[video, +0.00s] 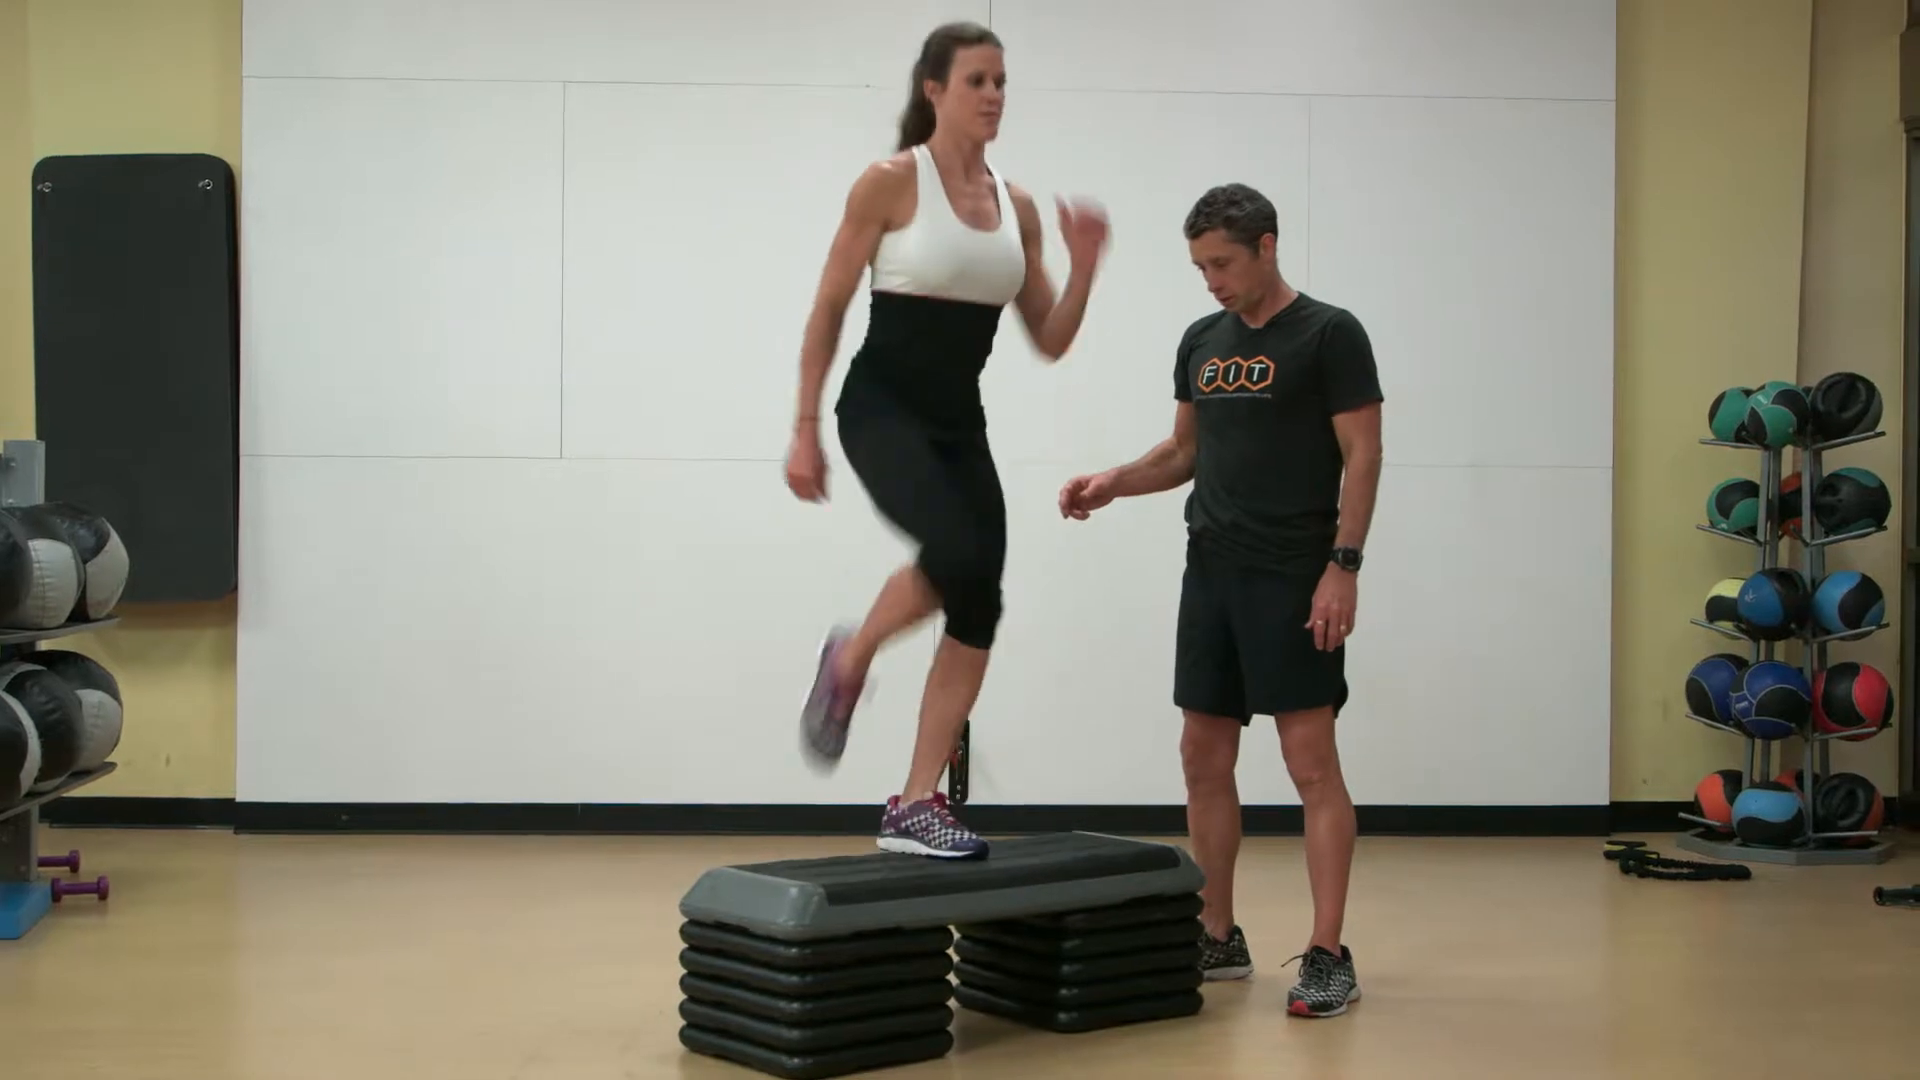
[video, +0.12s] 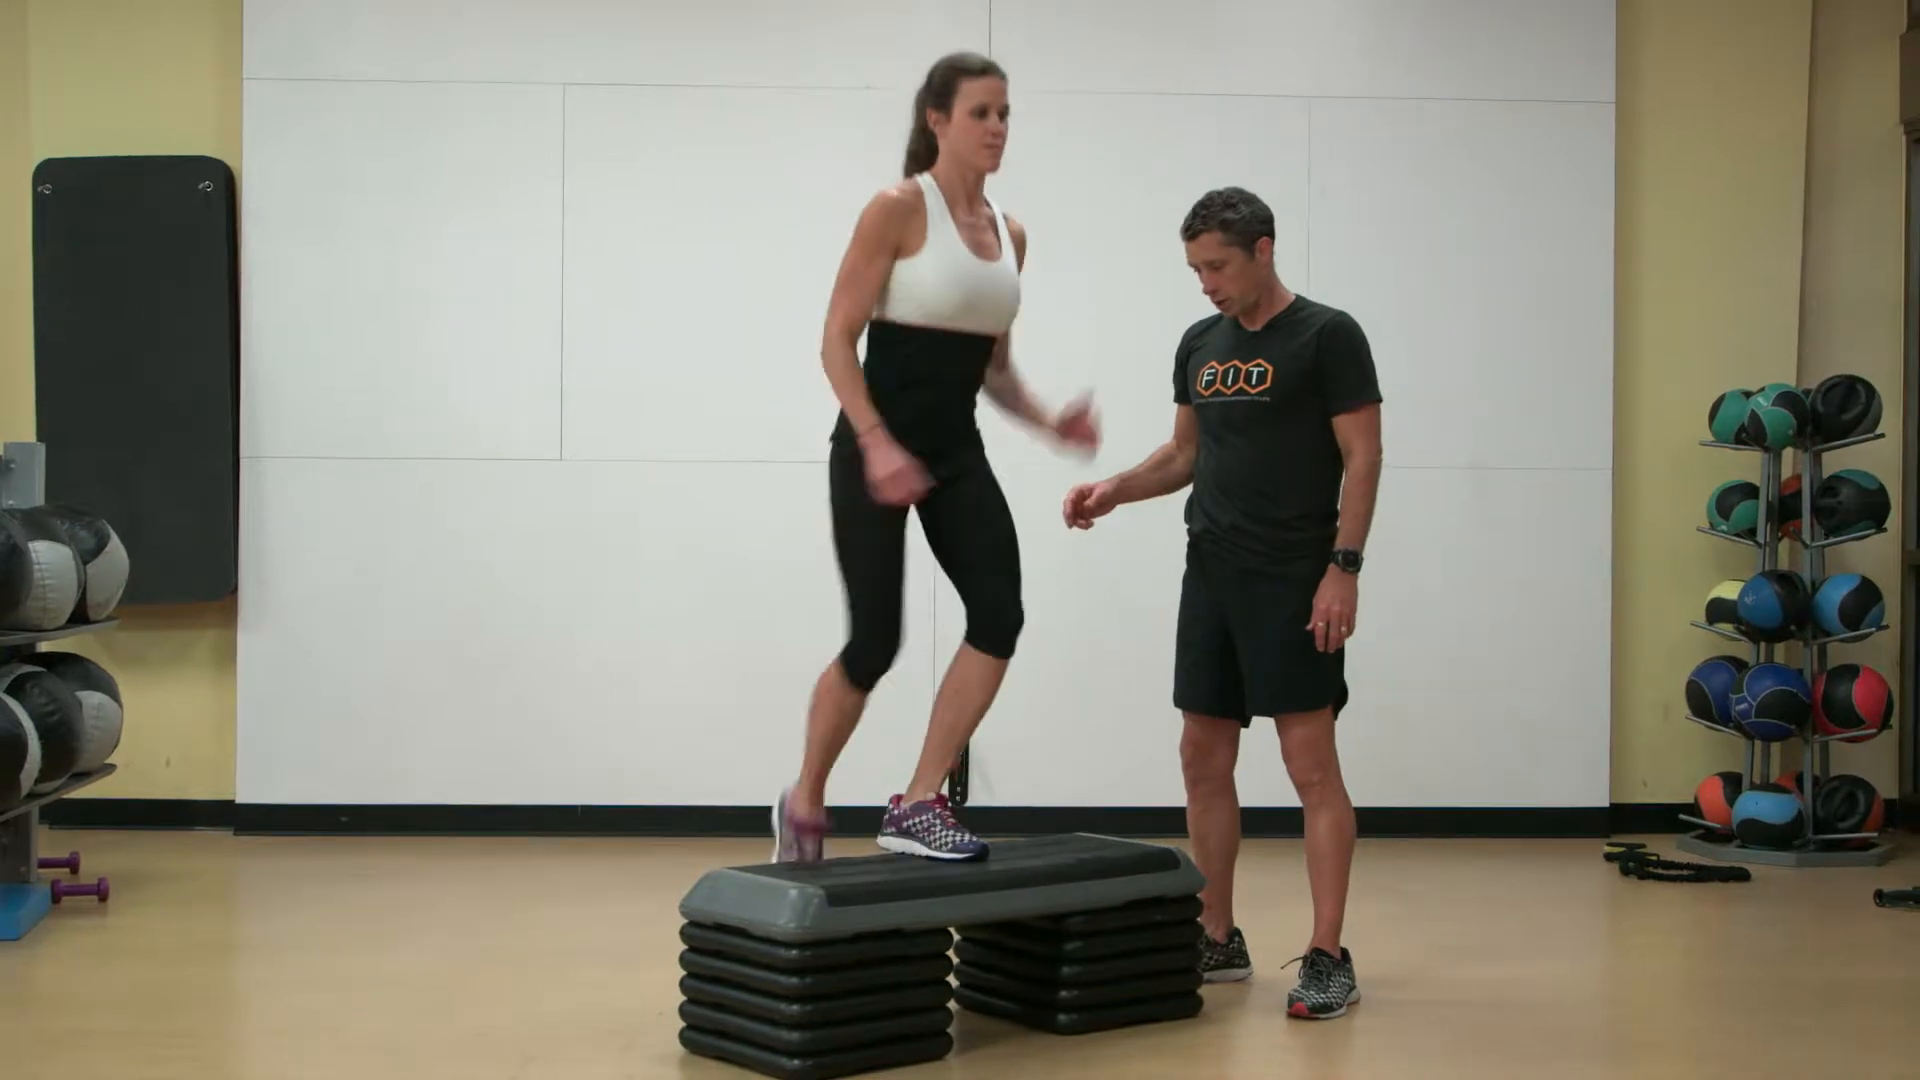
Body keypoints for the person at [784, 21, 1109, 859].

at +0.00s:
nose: (996, 97)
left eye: (1000, 83)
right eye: (980, 82)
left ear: (1002, 95)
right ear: (934, 89)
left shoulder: (1015, 205)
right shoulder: (889, 184)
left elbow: (1050, 338)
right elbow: (830, 307)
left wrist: (1083, 266)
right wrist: (804, 427)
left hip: (959, 414)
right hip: (881, 405)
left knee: (979, 601)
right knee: (959, 550)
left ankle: (918, 803)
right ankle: (850, 659)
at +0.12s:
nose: (999, 129)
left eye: (1004, 114)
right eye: (983, 114)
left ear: (1005, 125)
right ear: (937, 122)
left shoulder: (1008, 234)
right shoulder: (895, 212)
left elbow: (991, 366)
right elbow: (835, 342)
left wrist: (1049, 422)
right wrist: (876, 441)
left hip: (954, 443)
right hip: (876, 439)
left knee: (998, 619)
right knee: (873, 643)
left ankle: (920, 803)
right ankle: (804, 804)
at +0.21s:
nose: (996, 163)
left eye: (1002, 150)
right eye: (980, 149)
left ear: (1004, 161)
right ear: (934, 156)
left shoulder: (1002, 266)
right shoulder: (889, 247)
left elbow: (973, 394)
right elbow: (838, 377)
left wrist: (1009, 489)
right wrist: (918, 420)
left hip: (951, 478)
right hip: (868, 474)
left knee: (1005, 628)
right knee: (842, 667)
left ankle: (919, 804)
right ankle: (798, 850)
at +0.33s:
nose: (979, 238)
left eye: (986, 224)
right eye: (964, 223)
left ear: (991, 232)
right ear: (918, 228)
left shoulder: (988, 335)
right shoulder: (873, 316)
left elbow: (963, 457)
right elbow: (836, 449)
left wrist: (958, 575)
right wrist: (927, 402)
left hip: (931, 531)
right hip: (851, 530)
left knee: (1005, 635)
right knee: (825, 727)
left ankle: (918, 807)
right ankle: (799, 902)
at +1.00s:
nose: (971, 289)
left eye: (977, 275)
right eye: (955, 275)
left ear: (981, 282)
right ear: (909, 282)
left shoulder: (980, 379)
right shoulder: (867, 367)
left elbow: (953, 500)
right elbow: (846, 497)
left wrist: (945, 615)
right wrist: (952, 454)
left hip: (930, 570)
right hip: (855, 576)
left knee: (1012, 656)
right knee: (832, 768)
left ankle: (943, 833)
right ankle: (801, 939)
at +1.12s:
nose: (995, 230)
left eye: (1000, 216)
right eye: (979, 216)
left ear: (1003, 224)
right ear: (932, 222)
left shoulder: (1008, 327)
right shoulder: (891, 310)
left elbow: (1004, 452)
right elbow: (852, 443)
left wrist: (1036, 542)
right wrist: (911, 537)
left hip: (945, 509)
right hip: (871, 511)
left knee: (1007, 654)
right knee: (878, 726)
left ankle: (942, 838)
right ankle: (815, 895)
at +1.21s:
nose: (1001, 194)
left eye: (1006, 181)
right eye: (985, 180)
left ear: (1006, 191)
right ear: (941, 187)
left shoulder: (1014, 299)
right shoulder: (891, 279)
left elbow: (1042, 425)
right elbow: (837, 408)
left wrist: (1088, 447)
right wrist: (824, 534)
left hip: (954, 495)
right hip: (880, 496)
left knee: (1003, 654)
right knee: (953, 661)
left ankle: (944, 839)